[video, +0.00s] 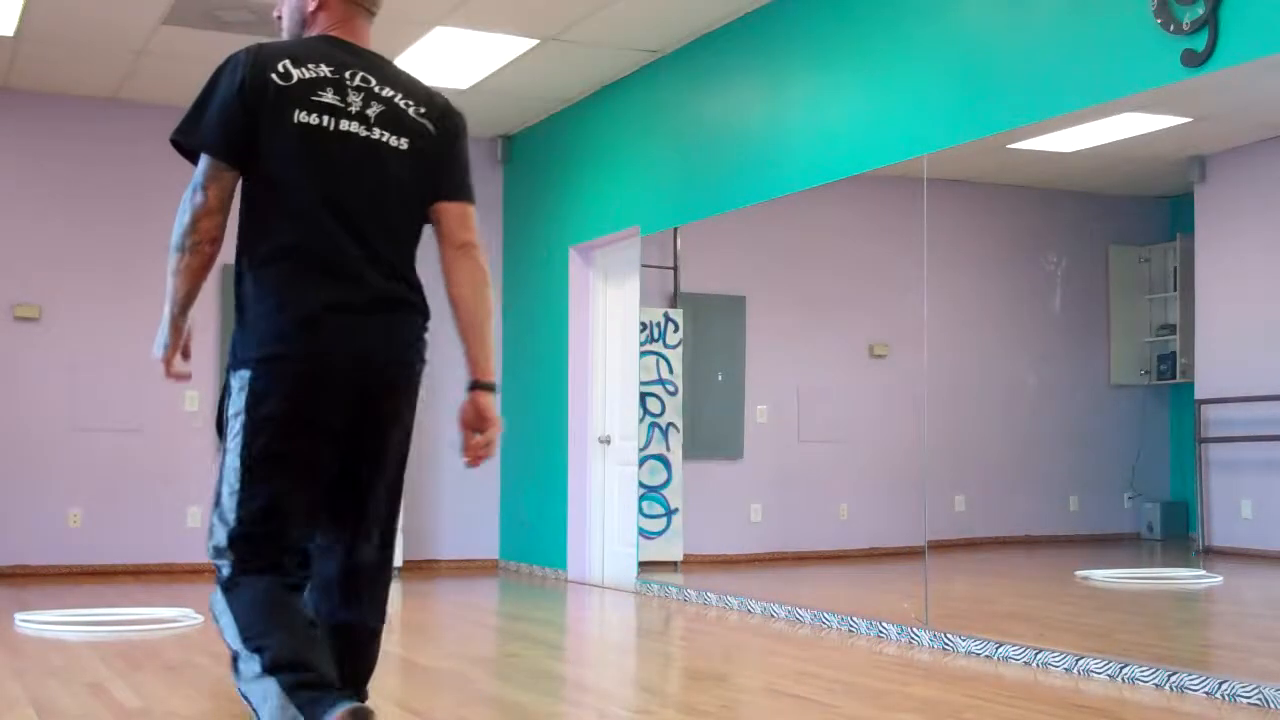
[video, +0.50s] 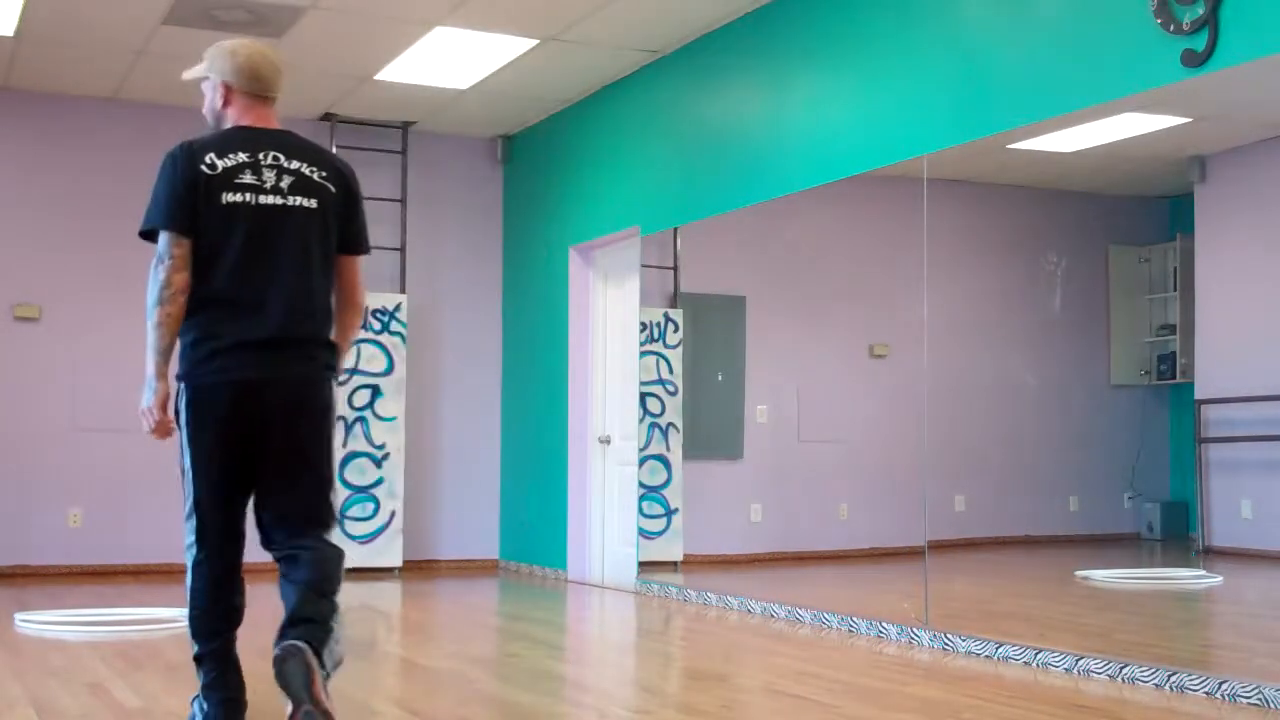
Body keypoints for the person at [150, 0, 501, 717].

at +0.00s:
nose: (282, 16)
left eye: (287, 9)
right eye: (286, 11)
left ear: (307, 9)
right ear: (372, 18)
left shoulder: (260, 67)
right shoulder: (435, 111)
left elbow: (207, 207)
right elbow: (461, 243)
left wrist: (177, 314)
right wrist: (482, 380)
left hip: (283, 348)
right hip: (392, 357)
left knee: (251, 556)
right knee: (358, 549)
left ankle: (323, 706)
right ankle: (339, 714)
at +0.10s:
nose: (264, 19)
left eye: (271, 9)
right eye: (268, 11)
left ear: (301, 9)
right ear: (352, 20)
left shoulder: (250, 68)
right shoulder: (417, 110)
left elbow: (207, 215)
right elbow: (429, 251)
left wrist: (180, 330)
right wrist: (429, 377)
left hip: (272, 350)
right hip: (379, 359)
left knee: (237, 544)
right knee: (358, 551)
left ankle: (276, 709)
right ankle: (337, 708)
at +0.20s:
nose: (251, 30)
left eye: (256, 15)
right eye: (253, 17)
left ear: (286, 18)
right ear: (335, 28)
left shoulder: (236, 90)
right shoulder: (398, 125)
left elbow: (203, 222)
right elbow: (403, 272)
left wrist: (180, 334)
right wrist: (383, 350)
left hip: (258, 347)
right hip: (362, 351)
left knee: (238, 541)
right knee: (348, 547)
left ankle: (226, 707)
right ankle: (338, 708)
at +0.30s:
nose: (233, 68)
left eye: (239, 55)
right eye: (237, 55)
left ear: (265, 56)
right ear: (313, 64)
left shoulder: (224, 127)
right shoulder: (372, 150)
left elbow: (197, 240)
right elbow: (381, 281)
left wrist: (178, 350)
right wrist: (348, 343)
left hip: (245, 359)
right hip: (342, 363)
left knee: (230, 545)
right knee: (333, 543)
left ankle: (208, 702)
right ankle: (331, 706)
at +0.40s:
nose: (213, 95)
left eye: (217, 83)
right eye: (215, 83)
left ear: (242, 83)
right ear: (290, 88)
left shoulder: (208, 151)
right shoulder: (349, 168)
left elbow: (185, 270)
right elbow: (361, 300)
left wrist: (170, 376)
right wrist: (319, 344)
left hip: (231, 373)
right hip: (322, 375)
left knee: (223, 544)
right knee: (319, 539)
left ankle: (220, 703)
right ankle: (326, 698)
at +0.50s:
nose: (204, 105)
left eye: (205, 95)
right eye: (205, 95)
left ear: (221, 95)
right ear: (277, 96)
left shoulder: (193, 161)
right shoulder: (334, 172)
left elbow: (173, 278)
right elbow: (352, 301)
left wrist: (158, 378)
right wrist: (327, 364)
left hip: (216, 380)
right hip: (303, 380)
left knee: (212, 543)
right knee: (304, 531)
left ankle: (219, 697)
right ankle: (305, 641)